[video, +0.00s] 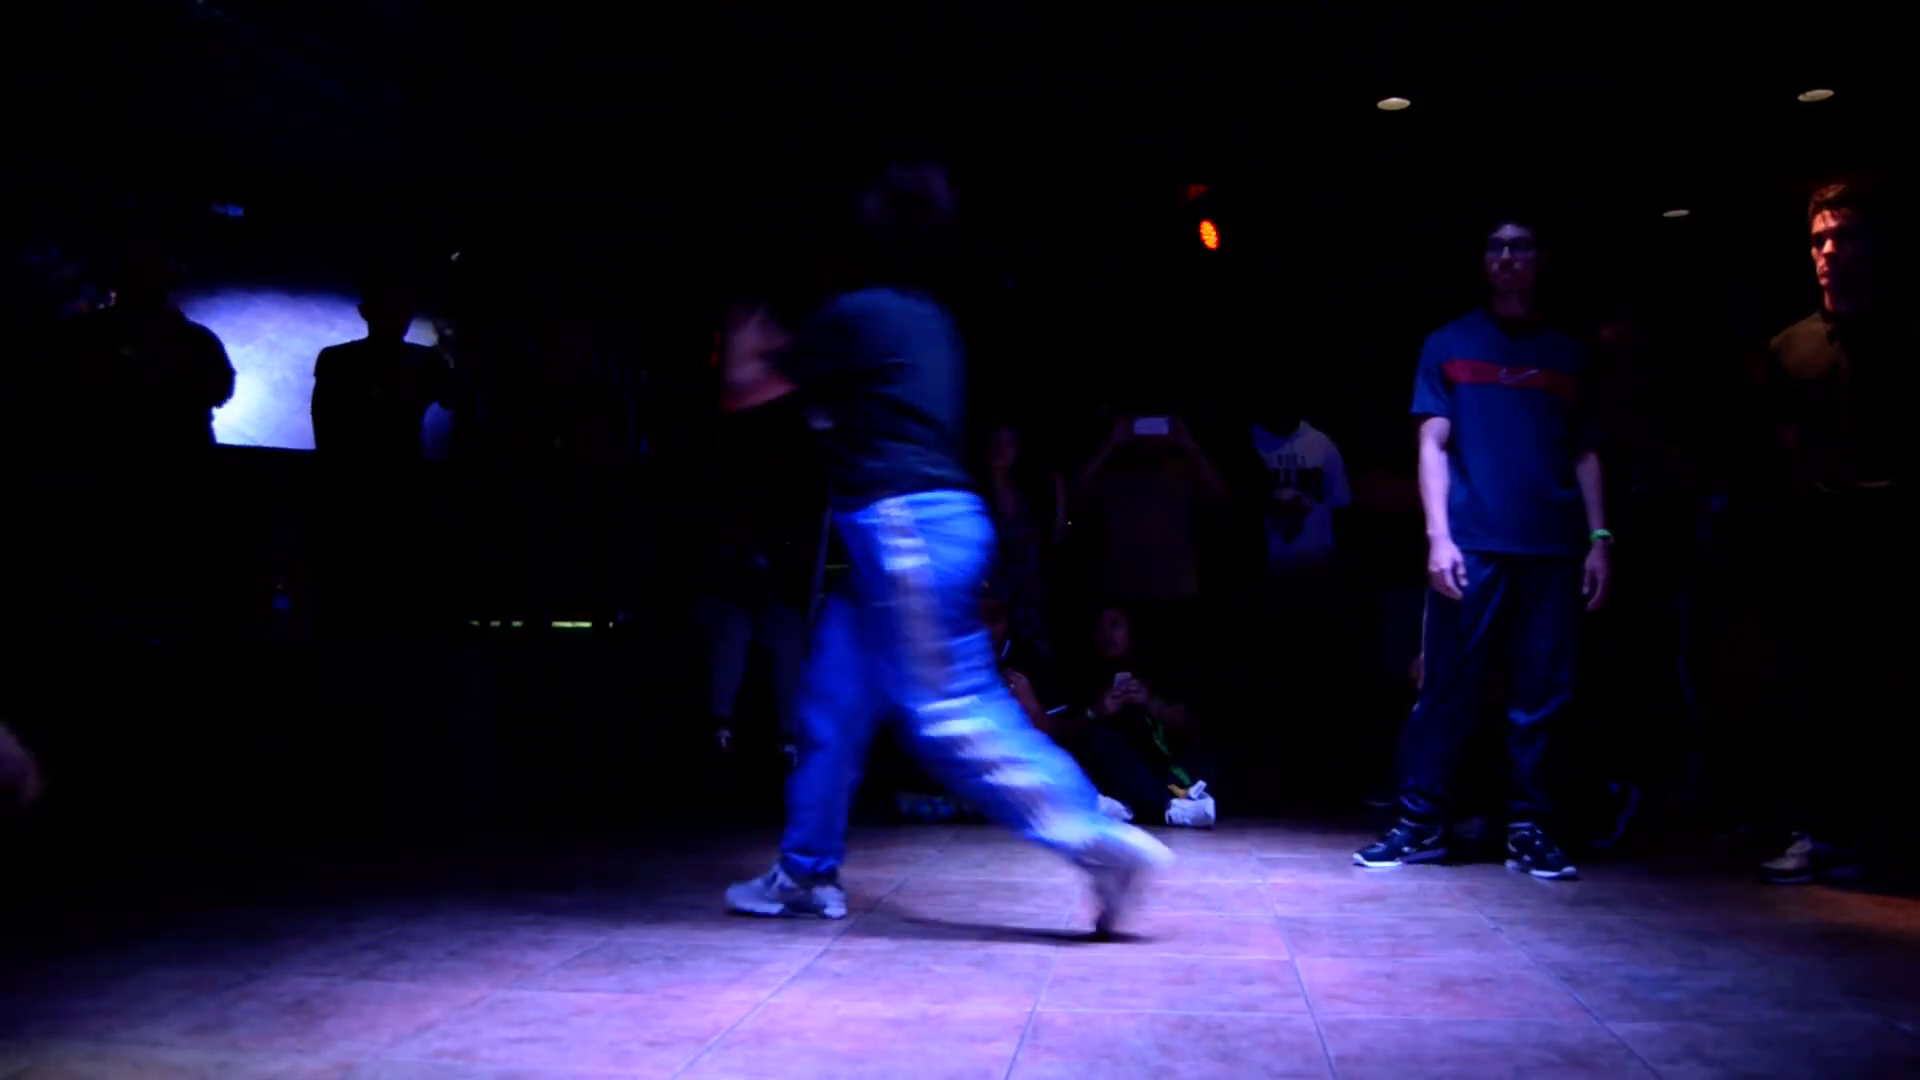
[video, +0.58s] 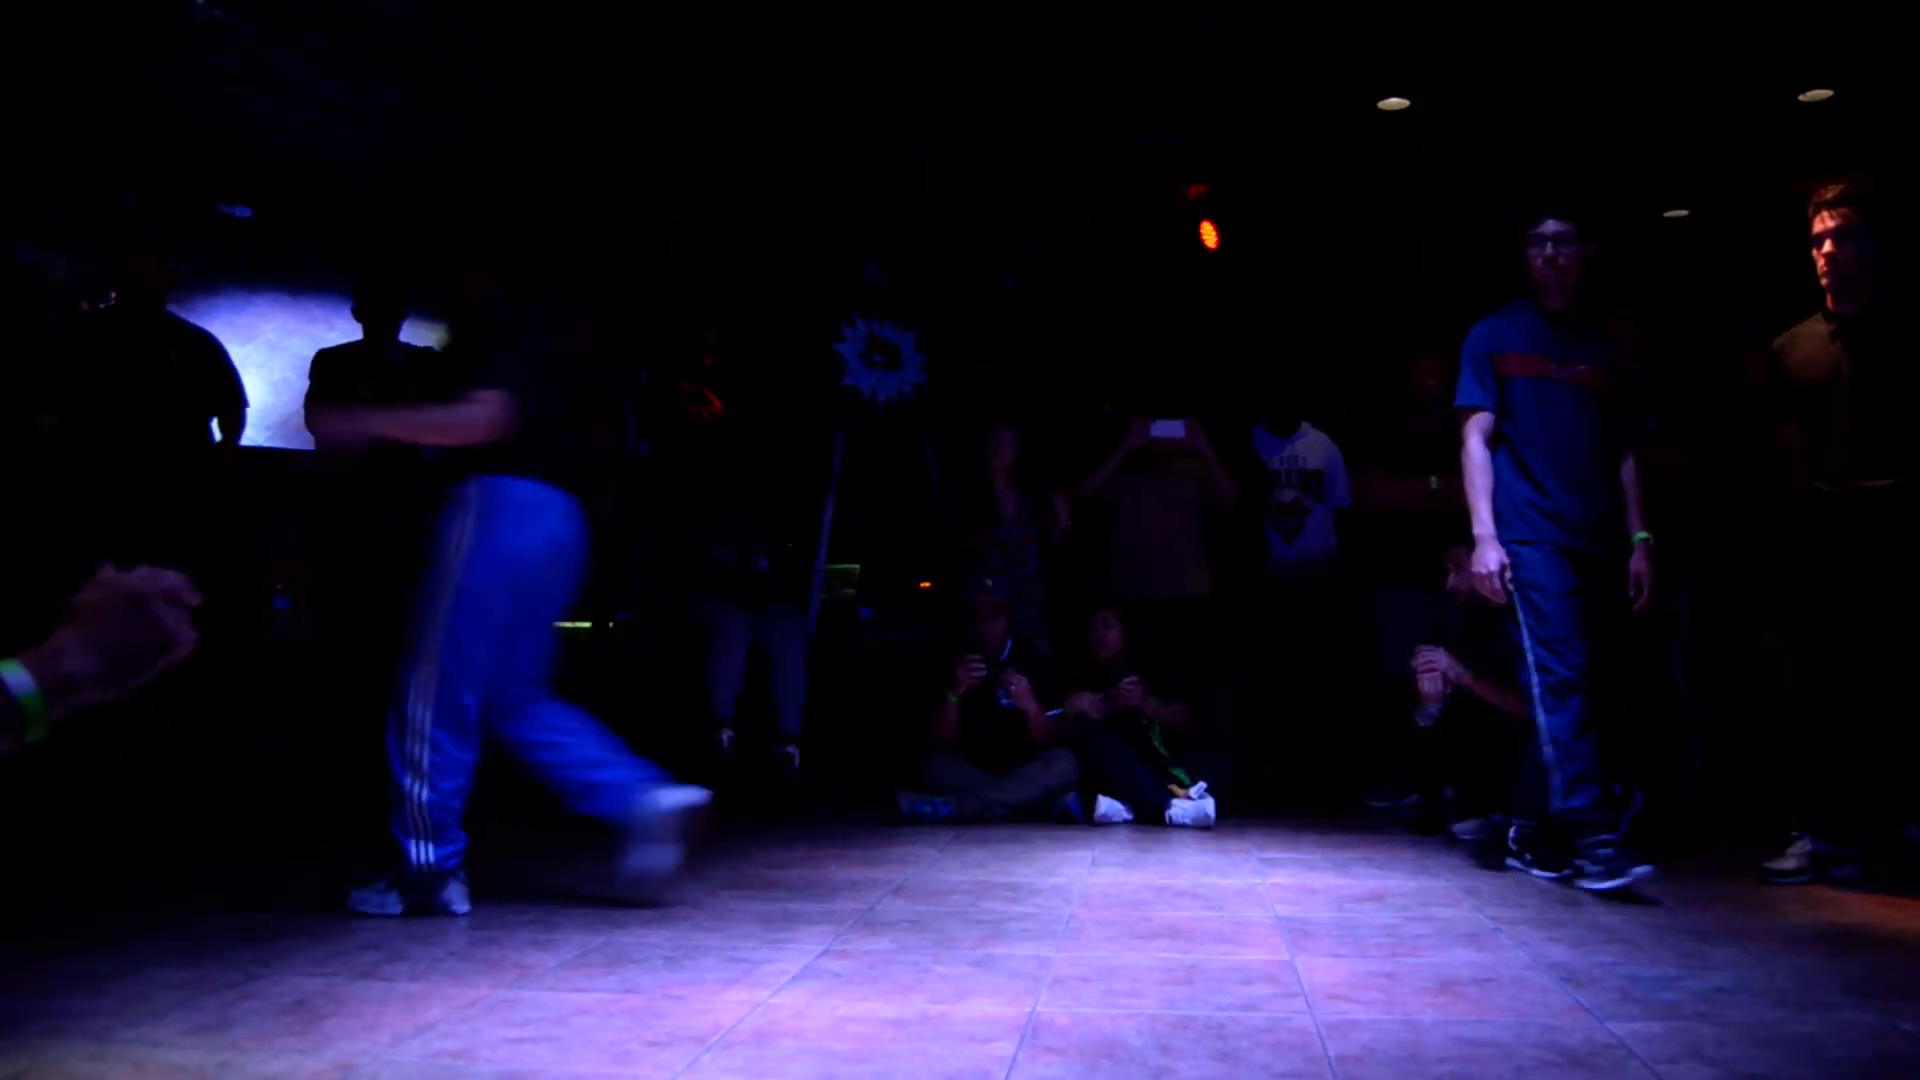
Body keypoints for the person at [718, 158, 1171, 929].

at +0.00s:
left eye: (861, 220)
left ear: (864, 231)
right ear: (929, 235)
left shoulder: (863, 317)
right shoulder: (928, 320)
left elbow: (748, 386)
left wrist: (746, 336)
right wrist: (768, 350)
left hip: (905, 525)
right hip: (938, 516)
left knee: (947, 698)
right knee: (837, 698)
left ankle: (1102, 842)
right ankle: (805, 873)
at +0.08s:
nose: (765, 254)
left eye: (771, 245)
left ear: (790, 247)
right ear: (856, 252)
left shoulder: (801, 311)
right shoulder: (866, 326)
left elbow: (706, 402)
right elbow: (763, 421)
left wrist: (669, 445)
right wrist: (684, 450)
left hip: (848, 518)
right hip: (891, 517)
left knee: (817, 704)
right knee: (793, 700)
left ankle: (984, 815)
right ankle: (804, 873)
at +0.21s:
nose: (690, 246)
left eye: (696, 236)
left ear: (713, 236)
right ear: (759, 241)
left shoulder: (734, 291)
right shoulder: (786, 301)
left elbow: (707, 403)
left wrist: (648, 497)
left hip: (774, 493)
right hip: (825, 493)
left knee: (684, 670)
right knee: (790, 680)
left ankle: (755, 848)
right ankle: (809, 866)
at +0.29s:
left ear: (654, 248)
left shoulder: (688, 298)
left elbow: (714, 398)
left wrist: (655, 489)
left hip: (721, 505)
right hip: (763, 504)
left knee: (613, 664)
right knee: (768, 690)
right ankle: (804, 867)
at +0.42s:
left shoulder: (596, 306)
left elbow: (663, 404)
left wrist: (606, 484)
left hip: (626, 520)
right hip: (668, 517)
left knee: (529, 689)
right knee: (706, 700)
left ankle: (449, 860)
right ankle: (793, 857)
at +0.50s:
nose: (465, 290)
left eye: (473, 276)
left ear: (491, 273)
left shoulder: (536, 311)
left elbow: (589, 410)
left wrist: (498, 468)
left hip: (557, 516)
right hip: (606, 518)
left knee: (481, 682)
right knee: (613, 694)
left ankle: (435, 862)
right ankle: (742, 817)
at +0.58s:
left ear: (465, 277)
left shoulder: (495, 317)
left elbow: (483, 420)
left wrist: (359, 424)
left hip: (496, 507)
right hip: (553, 510)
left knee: (441, 685)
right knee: (516, 698)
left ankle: (430, 868)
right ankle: (643, 797)